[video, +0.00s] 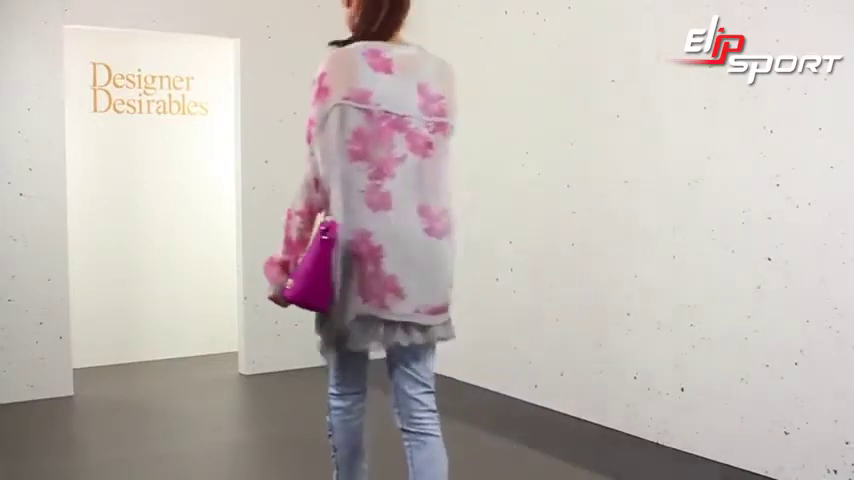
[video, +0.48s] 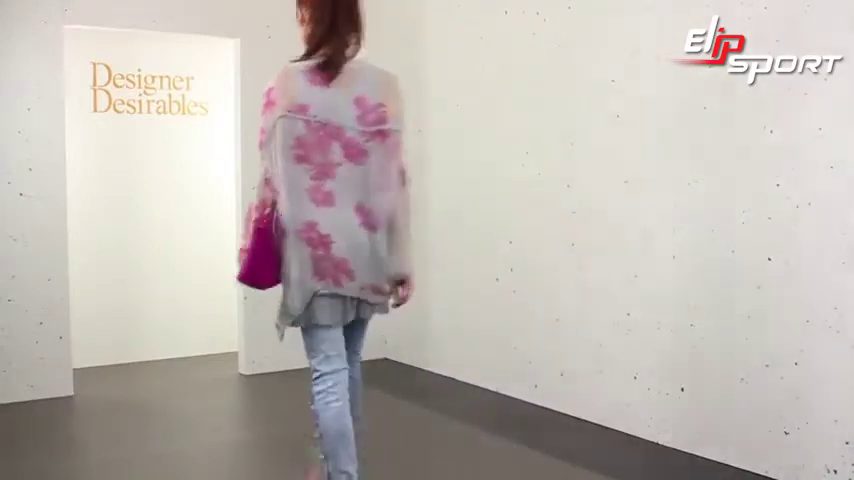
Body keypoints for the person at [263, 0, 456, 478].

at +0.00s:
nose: (345, 10)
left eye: (346, 3)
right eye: (346, 3)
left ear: (356, 7)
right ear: (403, 8)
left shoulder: (342, 65)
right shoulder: (438, 71)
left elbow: (318, 176)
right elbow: (433, 174)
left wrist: (285, 266)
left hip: (352, 253)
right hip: (424, 254)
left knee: (346, 397)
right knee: (419, 405)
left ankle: (349, 475)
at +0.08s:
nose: (335, 11)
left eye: (338, 3)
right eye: (337, 3)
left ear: (348, 9)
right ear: (393, 10)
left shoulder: (334, 68)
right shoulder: (428, 74)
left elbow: (311, 176)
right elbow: (425, 173)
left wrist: (277, 261)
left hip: (341, 253)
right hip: (408, 255)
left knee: (337, 393)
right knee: (403, 402)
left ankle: (345, 477)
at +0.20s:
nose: (324, 11)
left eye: (325, 4)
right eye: (326, 4)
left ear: (333, 10)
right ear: (380, 11)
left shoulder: (317, 73)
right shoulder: (415, 74)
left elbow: (299, 173)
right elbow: (421, 178)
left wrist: (268, 253)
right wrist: (423, 263)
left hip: (331, 246)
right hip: (396, 248)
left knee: (329, 380)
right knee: (377, 384)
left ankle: (340, 475)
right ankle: (398, 476)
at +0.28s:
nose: (318, 12)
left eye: (320, 4)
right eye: (319, 4)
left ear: (330, 11)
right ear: (372, 10)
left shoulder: (310, 73)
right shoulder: (408, 75)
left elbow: (289, 172)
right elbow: (420, 176)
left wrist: (260, 248)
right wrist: (424, 259)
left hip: (326, 242)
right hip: (389, 242)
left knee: (329, 375)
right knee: (368, 369)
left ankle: (341, 475)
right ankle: (386, 474)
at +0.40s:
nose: (306, 11)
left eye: (310, 4)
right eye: (308, 4)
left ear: (320, 11)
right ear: (362, 11)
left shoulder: (296, 73)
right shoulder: (393, 75)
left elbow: (279, 167)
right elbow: (405, 176)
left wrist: (259, 239)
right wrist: (414, 259)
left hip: (316, 239)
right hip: (381, 239)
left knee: (330, 373)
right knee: (357, 360)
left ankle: (344, 474)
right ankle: (361, 467)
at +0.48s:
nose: (298, 21)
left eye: (301, 13)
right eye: (300, 13)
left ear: (311, 17)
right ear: (352, 18)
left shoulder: (287, 82)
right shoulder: (382, 84)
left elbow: (272, 175)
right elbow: (393, 181)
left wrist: (258, 245)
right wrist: (401, 262)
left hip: (308, 244)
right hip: (368, 244)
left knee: (327, 371)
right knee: (349, 361)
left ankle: (344, 473)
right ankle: (338, 457)